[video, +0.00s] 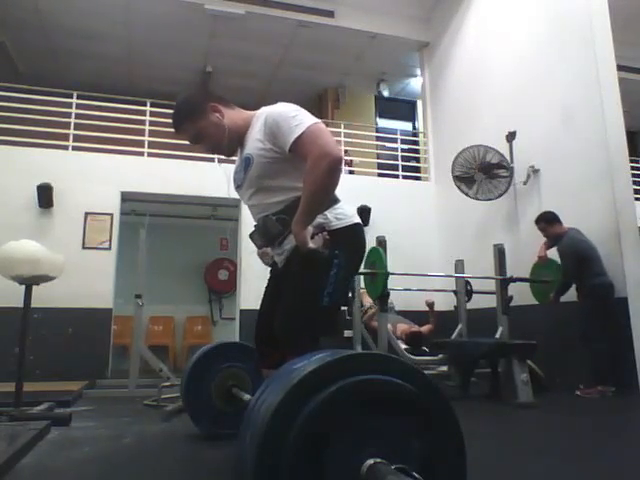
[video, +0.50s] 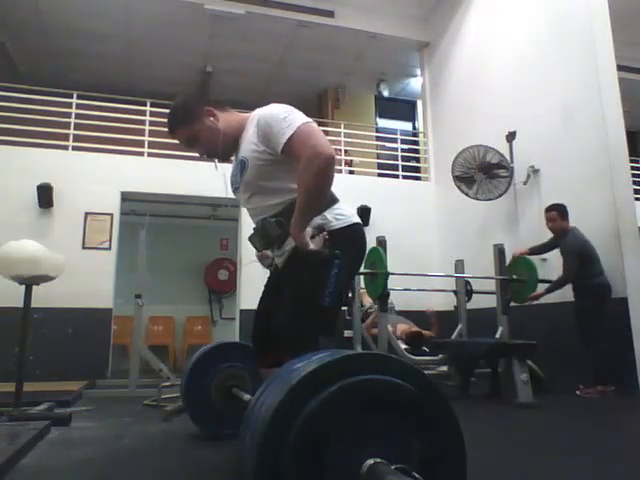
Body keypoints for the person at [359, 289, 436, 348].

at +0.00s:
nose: (414, 327)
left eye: (412, 331)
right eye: (416, 329)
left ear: (403, 338)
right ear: (418, 330)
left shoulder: (387, 330)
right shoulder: (422, 333)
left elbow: (367, 321)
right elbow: (432, 325)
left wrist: (378, 308)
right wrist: (431, 309)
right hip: (392, 314)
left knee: (365, 294)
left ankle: (362, 292)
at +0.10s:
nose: (414, 328)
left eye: (412, 332)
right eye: (417, 330)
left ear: (404, 339)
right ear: (419, 331)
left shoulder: (388, 332)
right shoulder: (423, 333)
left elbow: (366, 324)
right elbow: (432, 329)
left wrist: (377, 310)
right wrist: (432, 312)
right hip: (392, 315)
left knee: (364, 293)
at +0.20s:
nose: (412, 327)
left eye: (410, 330)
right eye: (415, 329)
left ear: (403, 338)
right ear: (419, 331)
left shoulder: (388, 332)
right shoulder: (421, 335)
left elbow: (365, 327)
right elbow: (434, 333)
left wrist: (374, 314)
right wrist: (434, 317)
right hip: (392, 315)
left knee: (364, 294)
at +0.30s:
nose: (413, 327)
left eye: (411, 330)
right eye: (415, 329)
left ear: (404, 338)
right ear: (419, 332)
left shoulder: (389, 332)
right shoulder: (422, 334)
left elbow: (366, 329)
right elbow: (434, 333)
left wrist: (375, 313)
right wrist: (435, 318)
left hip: (377, 317)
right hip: (392, 315)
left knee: (364, 294)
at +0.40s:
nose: (412, 327)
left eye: (411, 330)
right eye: (415, 329)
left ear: (404, 339)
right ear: (419, 332)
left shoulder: (389, 333)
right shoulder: (422, 334)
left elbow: (366, 329)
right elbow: (434, 334)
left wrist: (375, 314)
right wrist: (434, 317)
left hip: (376, 316)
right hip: (392, 315)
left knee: (364, 293)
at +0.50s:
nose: (411, 327)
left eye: (410, 330)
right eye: (414, 329)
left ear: (404, 339)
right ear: (420, 332)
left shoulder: (389, 333)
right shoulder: (423, 335)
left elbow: (367, 329)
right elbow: (434, 334)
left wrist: (376, 313)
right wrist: (433, 317)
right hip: (392, 314)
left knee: (364, 293)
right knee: (384, 297)